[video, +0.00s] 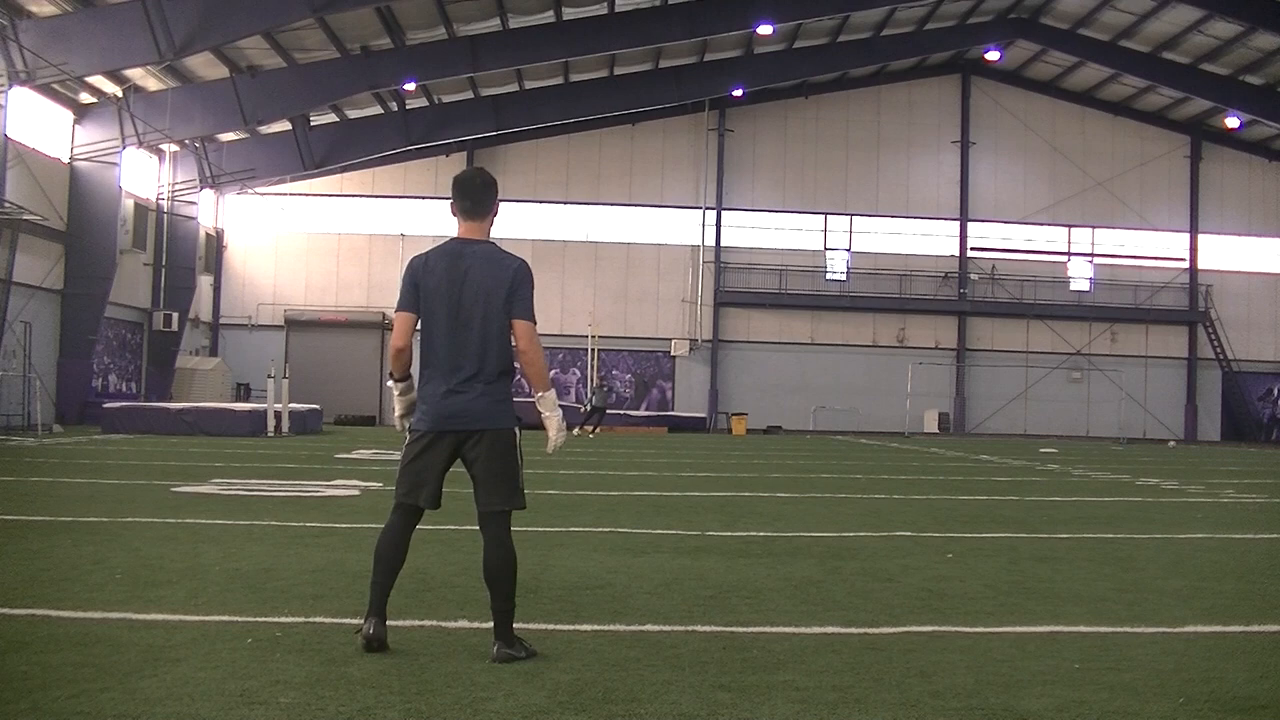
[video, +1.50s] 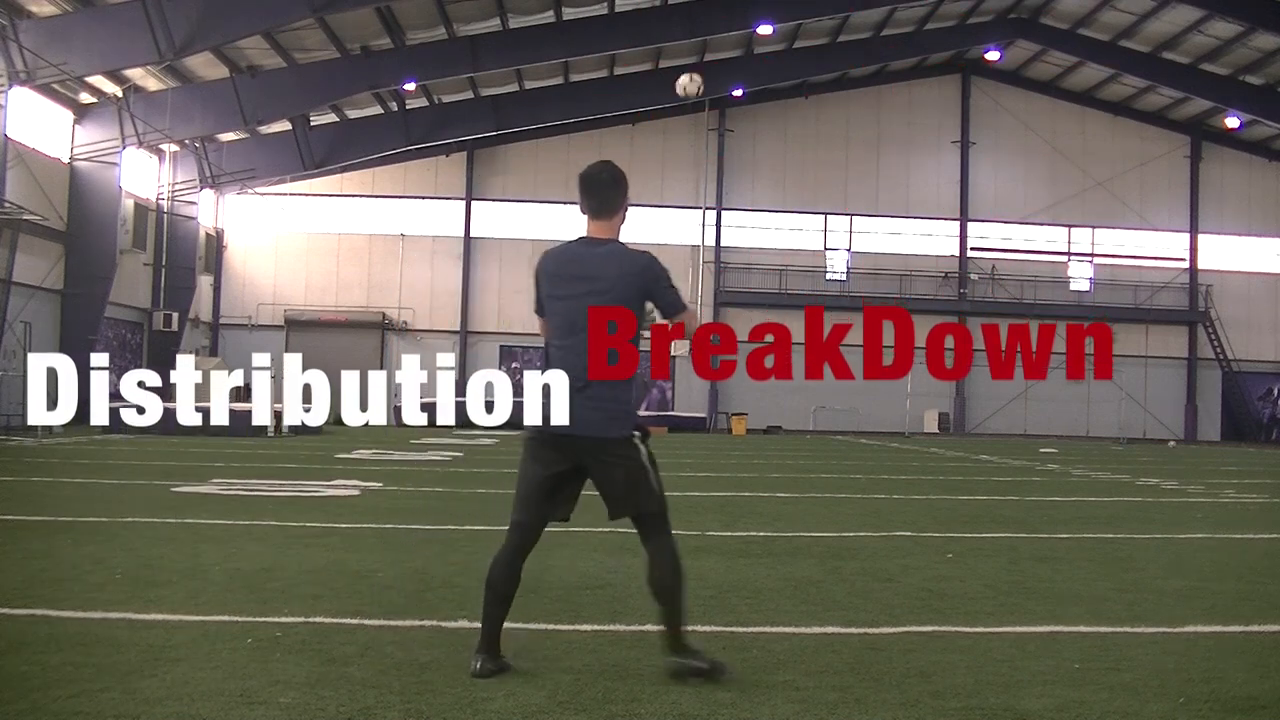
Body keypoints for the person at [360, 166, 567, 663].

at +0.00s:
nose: (479, 214)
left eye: (457, 206)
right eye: (490, 205)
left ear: (452, 209)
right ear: (495, 209)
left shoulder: (422, 265)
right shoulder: (513, 268)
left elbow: (399, 343)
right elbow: (525, 343)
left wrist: (403, 389)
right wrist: (547, 402)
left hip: (433, 416)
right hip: (492, 419)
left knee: (403, 513)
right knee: (496, 528)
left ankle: (374, 618)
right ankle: (504, 638)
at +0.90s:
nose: (543, 210)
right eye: (550, 201)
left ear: (508, 207)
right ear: (552, 206)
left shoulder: (479, 260)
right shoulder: (571, 268)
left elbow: (442, 335)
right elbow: (601, 338)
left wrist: (446, 349)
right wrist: (625, 378)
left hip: (477, 411)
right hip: (536, 416)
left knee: (435, 516)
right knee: (517, 528)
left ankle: (395, 621)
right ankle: (505, 639)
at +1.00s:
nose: (563, 209)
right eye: (565, 201)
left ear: (520, 205)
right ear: (563, 205)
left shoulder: (487, 261)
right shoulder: (582, 267)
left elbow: (473, 340)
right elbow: (598, 343)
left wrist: (516, 326)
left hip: (484, 407)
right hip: (541, 413)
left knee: (447, 518)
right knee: (521, 529)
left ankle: (421, 629)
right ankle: (506, 639)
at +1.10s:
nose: (570, 210)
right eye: (573, 203)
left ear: (528, 206)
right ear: (571, 206)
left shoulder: (497, 259)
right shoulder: (589, 265)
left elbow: (493, 324)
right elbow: (595, 341)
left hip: (491, 407)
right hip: (547, 415)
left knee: (468, 519)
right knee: (526, 529)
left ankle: (458, 629)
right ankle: (507, 638)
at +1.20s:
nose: (570, 210)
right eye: (575, 201)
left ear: (533, 207)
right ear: (578, 206)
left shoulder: (505, 259)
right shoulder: (595, 266)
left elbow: (496, 326)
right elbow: (613, 339)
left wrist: (548, 325)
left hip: (501, 413)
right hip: (556, 420)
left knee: (495, 529)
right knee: (533, 534)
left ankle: (481, 647)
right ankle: (510, 638)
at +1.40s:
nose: (601, 207)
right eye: (603, 200)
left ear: (557, 205)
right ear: (601, 204)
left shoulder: (528, 261)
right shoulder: (616, 262)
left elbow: (535, 323)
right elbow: (644, 326)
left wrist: (603, 325)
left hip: (530, 416)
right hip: (590, 421)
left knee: (508, 534)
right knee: (621, 523)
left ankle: (484, 652)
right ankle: (586, 634)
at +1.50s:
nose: (621, 209)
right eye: (624, 201)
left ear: (580, 204)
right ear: (626, 204)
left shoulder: (551, 262)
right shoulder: (641, 266)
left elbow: (547, 330)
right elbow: (685, 326)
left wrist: (606, 324)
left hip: (550, 426)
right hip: (614, 430)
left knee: (519, 536)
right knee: (657, 535)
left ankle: (487, 651)